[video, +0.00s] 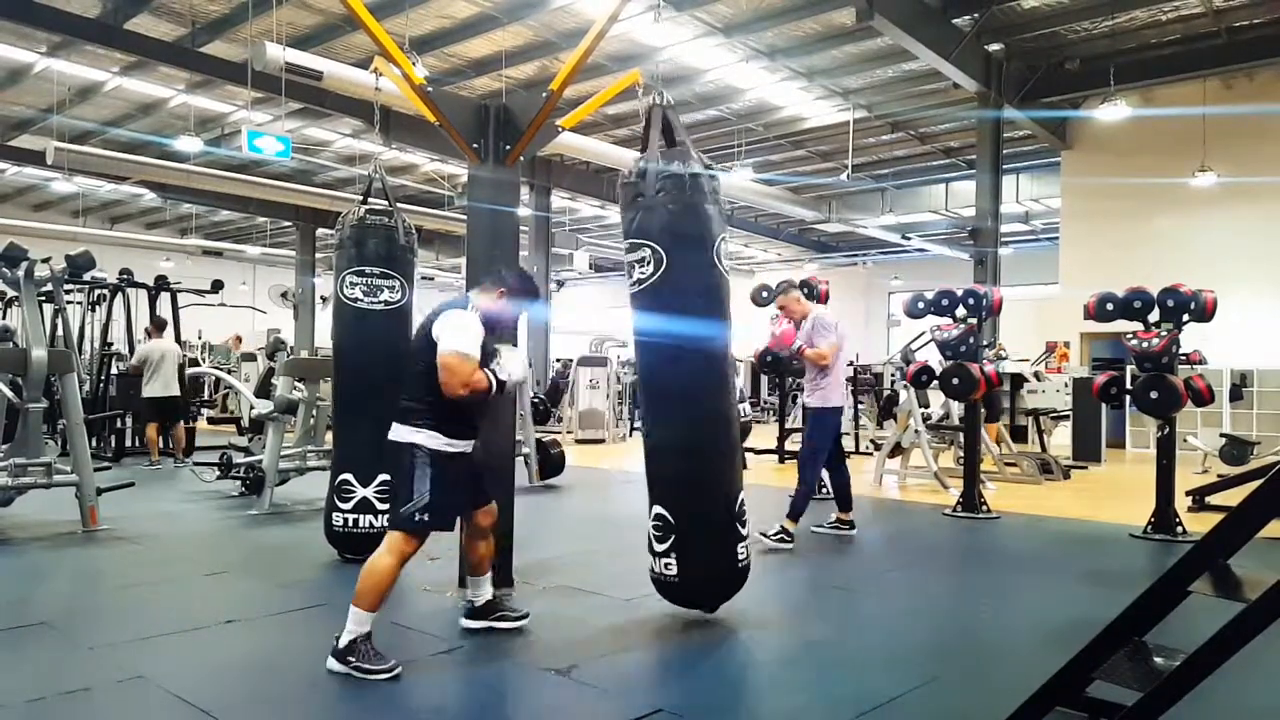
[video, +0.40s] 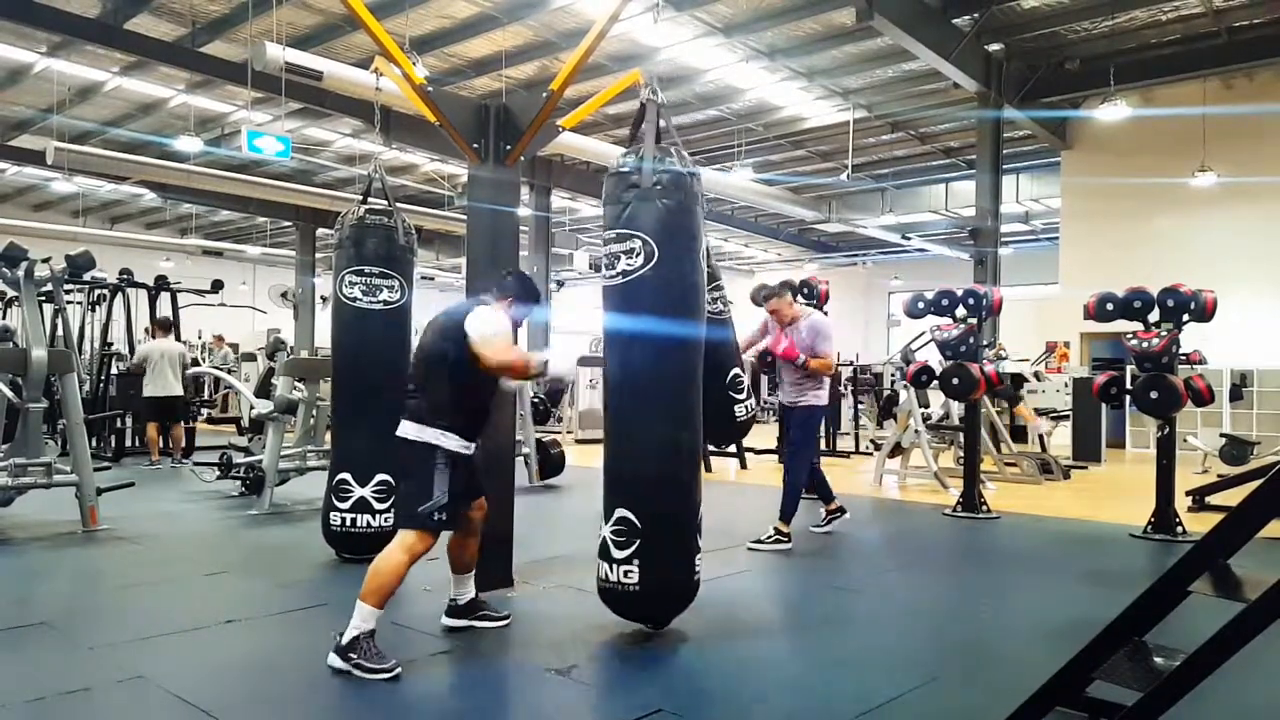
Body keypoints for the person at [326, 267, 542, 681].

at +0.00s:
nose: (509, 323)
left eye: (514, 317)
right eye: (512, 313)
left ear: (496, 293)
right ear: (499, 295)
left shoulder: (469, 319)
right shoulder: (460, 317)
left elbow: (463, 377)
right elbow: (456, 383)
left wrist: (497, 372)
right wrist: (497, 374)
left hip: (454, 445)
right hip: (421, 443)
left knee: (483, 516)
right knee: (403, 540)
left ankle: (480, 605)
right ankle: (351, 642)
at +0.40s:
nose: (522, 322)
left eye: (524, 316)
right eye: (523, 313)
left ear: (498, 295)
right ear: (510, 300)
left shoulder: (457, 315)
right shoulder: (487, 316)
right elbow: (497, 358)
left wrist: (520, 367)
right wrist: (538, 364)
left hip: (450, 442)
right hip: (431, 440)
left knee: (473, 511)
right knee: (416, 537)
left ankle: (463, 603)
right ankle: (354, 639)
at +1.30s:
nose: (564, 331)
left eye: (568, 325)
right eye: (564, 322)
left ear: (548, 310)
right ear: (546, 307)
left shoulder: (539, 338)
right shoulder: (499, 324)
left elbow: (552, 388)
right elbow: (490, 381)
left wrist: (603, 372)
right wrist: (539, 365)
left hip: (505, 437)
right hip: (467, 432)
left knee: (526, 512)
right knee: (464, 519)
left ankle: (504, 595)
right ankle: (407, 612)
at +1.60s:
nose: (575, 324)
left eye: (579, 318)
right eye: (572, 315)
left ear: (575, 313)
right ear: (552, 304)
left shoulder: (566, 340)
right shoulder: (506, 334)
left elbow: (587, 373)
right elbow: (467, 375)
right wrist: (508, 406)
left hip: (533, 448)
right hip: (488, 446)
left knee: (557, 513)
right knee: (474, 525)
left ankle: (546, 590)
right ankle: (426, 613)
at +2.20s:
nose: (541, 312)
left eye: (544, 306)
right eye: (541, 304)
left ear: (521, 297)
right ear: (520, 294)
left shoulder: (511, 329)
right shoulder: (482, 321)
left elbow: (510, 380)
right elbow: (507, 376)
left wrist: (537, 380)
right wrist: (541, 345)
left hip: (498, 440)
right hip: (459, 440)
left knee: (526, 508)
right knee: (450, 530)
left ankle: (535, 586)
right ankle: (401, 624)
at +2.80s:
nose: (496, 305)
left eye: (500, 298)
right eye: (494, 295)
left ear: (482, 288)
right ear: (473, 282)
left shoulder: (476, 324)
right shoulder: (423, 312)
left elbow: (478, 370)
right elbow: (409, 367)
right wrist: (471, 362)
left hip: (462, 442)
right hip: (415, 442)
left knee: (482, 517)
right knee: (388, 530)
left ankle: (480, 602)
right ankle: (320, 616)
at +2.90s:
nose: (479, 308)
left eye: (482, 301)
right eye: (478, 298)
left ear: (460, 290)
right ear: (456, 286)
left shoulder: (455, 328)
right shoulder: (408, 316)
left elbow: (451, 378)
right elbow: (399, 372)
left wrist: (478, 391)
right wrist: (458, 391)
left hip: (440, 447)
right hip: (393, 446)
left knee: (467, 524)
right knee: (370, 538)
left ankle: (480, 602)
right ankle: (304, 625)